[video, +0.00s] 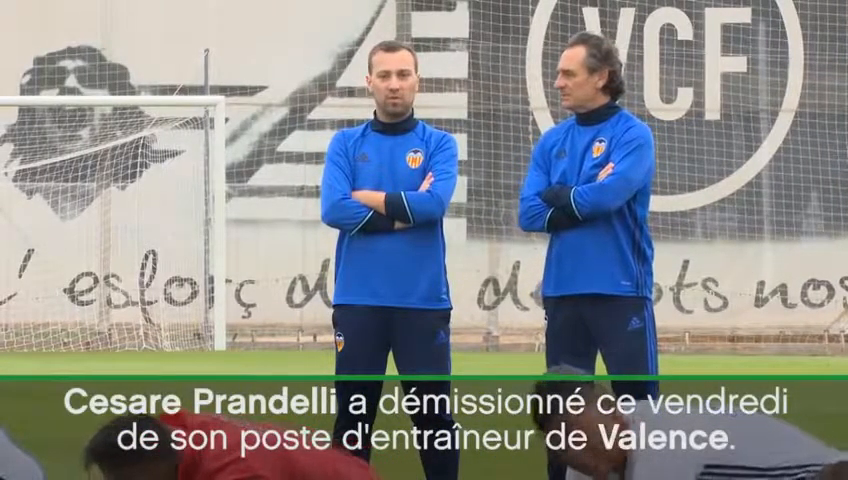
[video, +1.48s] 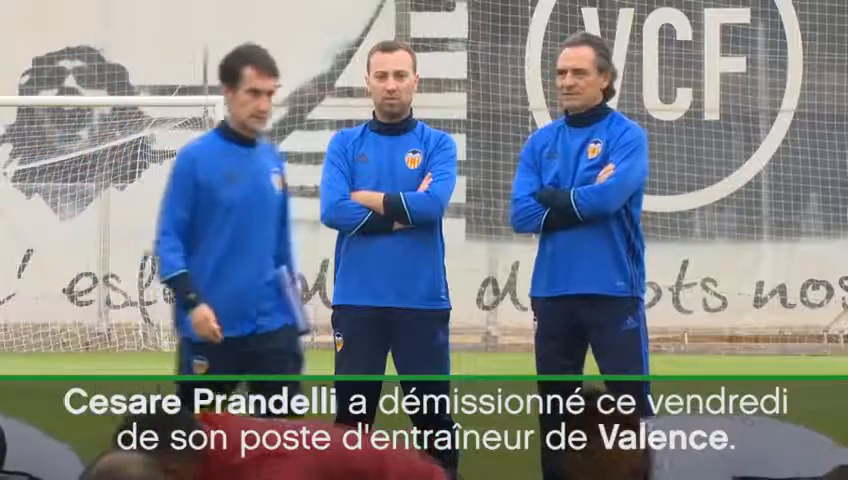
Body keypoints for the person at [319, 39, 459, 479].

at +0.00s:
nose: (394, 84)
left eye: (404, 75)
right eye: (385, 75)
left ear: (417, 82)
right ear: (369, 83)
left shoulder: (440, 143)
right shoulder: (345, 142)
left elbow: (433, 206)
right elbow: (333, 210)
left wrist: (363, 196)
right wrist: (406, 213)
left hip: (423, 301)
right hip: (358, 301)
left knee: (433, 415)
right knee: (352, 417)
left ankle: (443, 478)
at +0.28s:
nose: (393, 86)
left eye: (402, 76)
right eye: (384, 77)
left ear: (417, 82)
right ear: (369, 83)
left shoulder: (439, 143)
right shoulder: (345, 142)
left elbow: (433, 206)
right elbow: (333, 210)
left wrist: (363, 196)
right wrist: (406, 213)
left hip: (422, 301)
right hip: (358, 301)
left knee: (433, 415)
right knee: (352, 417)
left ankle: (443, 478)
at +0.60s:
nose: (392, 85)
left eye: (401, 76)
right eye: (382, 76)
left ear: (416, 82)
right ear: (369, 84)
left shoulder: (439, 143)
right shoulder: (345, 142)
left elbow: (433, 204)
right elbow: (332, 209)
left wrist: (361, 196)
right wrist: (404, 215)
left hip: (422, 301)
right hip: (357, 301)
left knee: (432, 417)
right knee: (352, 418)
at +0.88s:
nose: (392, 85)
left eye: (401, 76)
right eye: (382, 76)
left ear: (416, 82)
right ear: (368, 84)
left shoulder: (438, 142)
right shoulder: (344, 142)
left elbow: (433, 207)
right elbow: (332, 211)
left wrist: (362, 196)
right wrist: (407, 209)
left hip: (422, 300)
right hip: (357, 300)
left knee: (432, 414)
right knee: (353, 415)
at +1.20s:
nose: (391, 86)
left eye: (401, 76)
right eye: (381, 77)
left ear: (416, 82)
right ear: (368, 84)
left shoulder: (438, 143)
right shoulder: (344, 142)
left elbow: (434, 208)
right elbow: (333, 212)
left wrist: (365, 197)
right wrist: (406, 210)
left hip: (423, 303)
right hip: (357, 303)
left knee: (433, 422)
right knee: (352, 422)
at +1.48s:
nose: (391, 85)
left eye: (400, 76)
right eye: (381, 77)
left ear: (416, 83)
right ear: (368, 83)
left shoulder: (438, 143)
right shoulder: (345, 142)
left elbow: (433, 206)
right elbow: (332, 210)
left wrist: (363, 196)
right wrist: (402, 215)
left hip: (423, 303)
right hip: (357, 303)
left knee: (433, 417)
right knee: (351, 418)